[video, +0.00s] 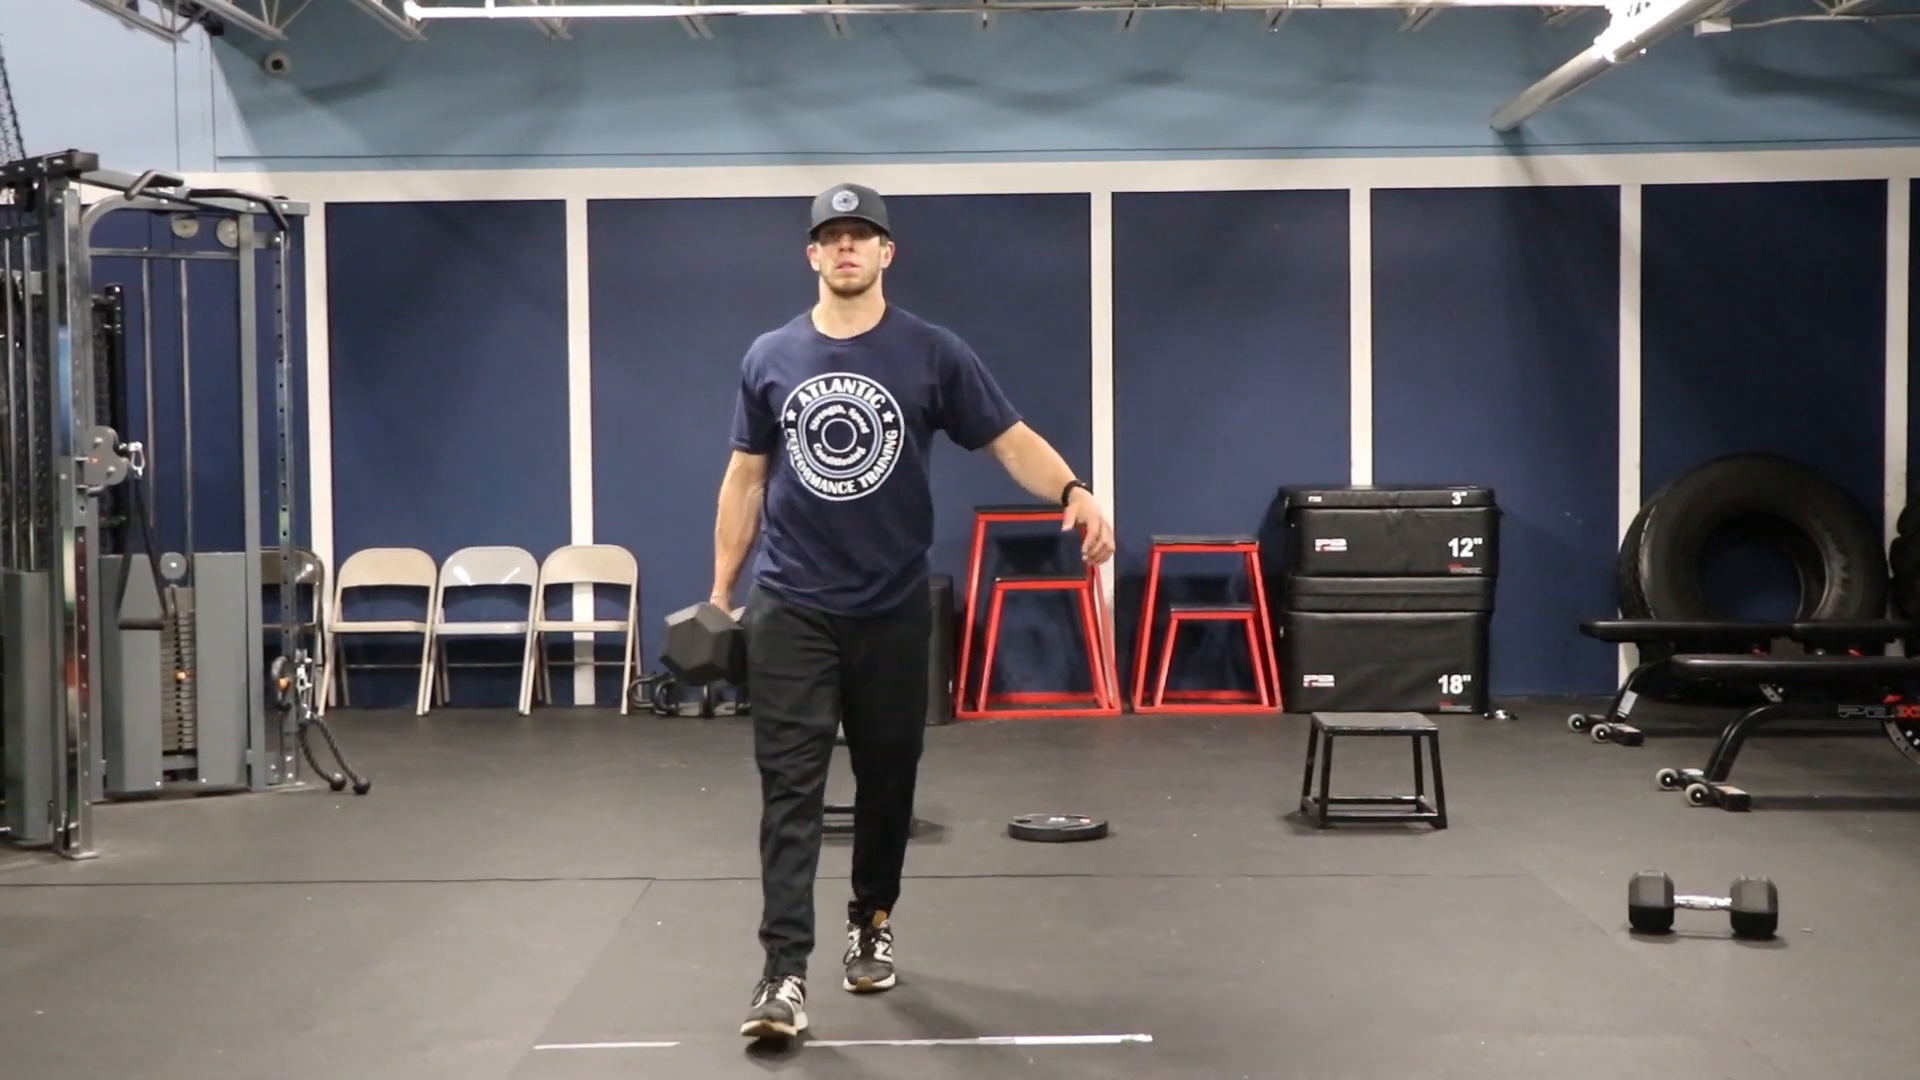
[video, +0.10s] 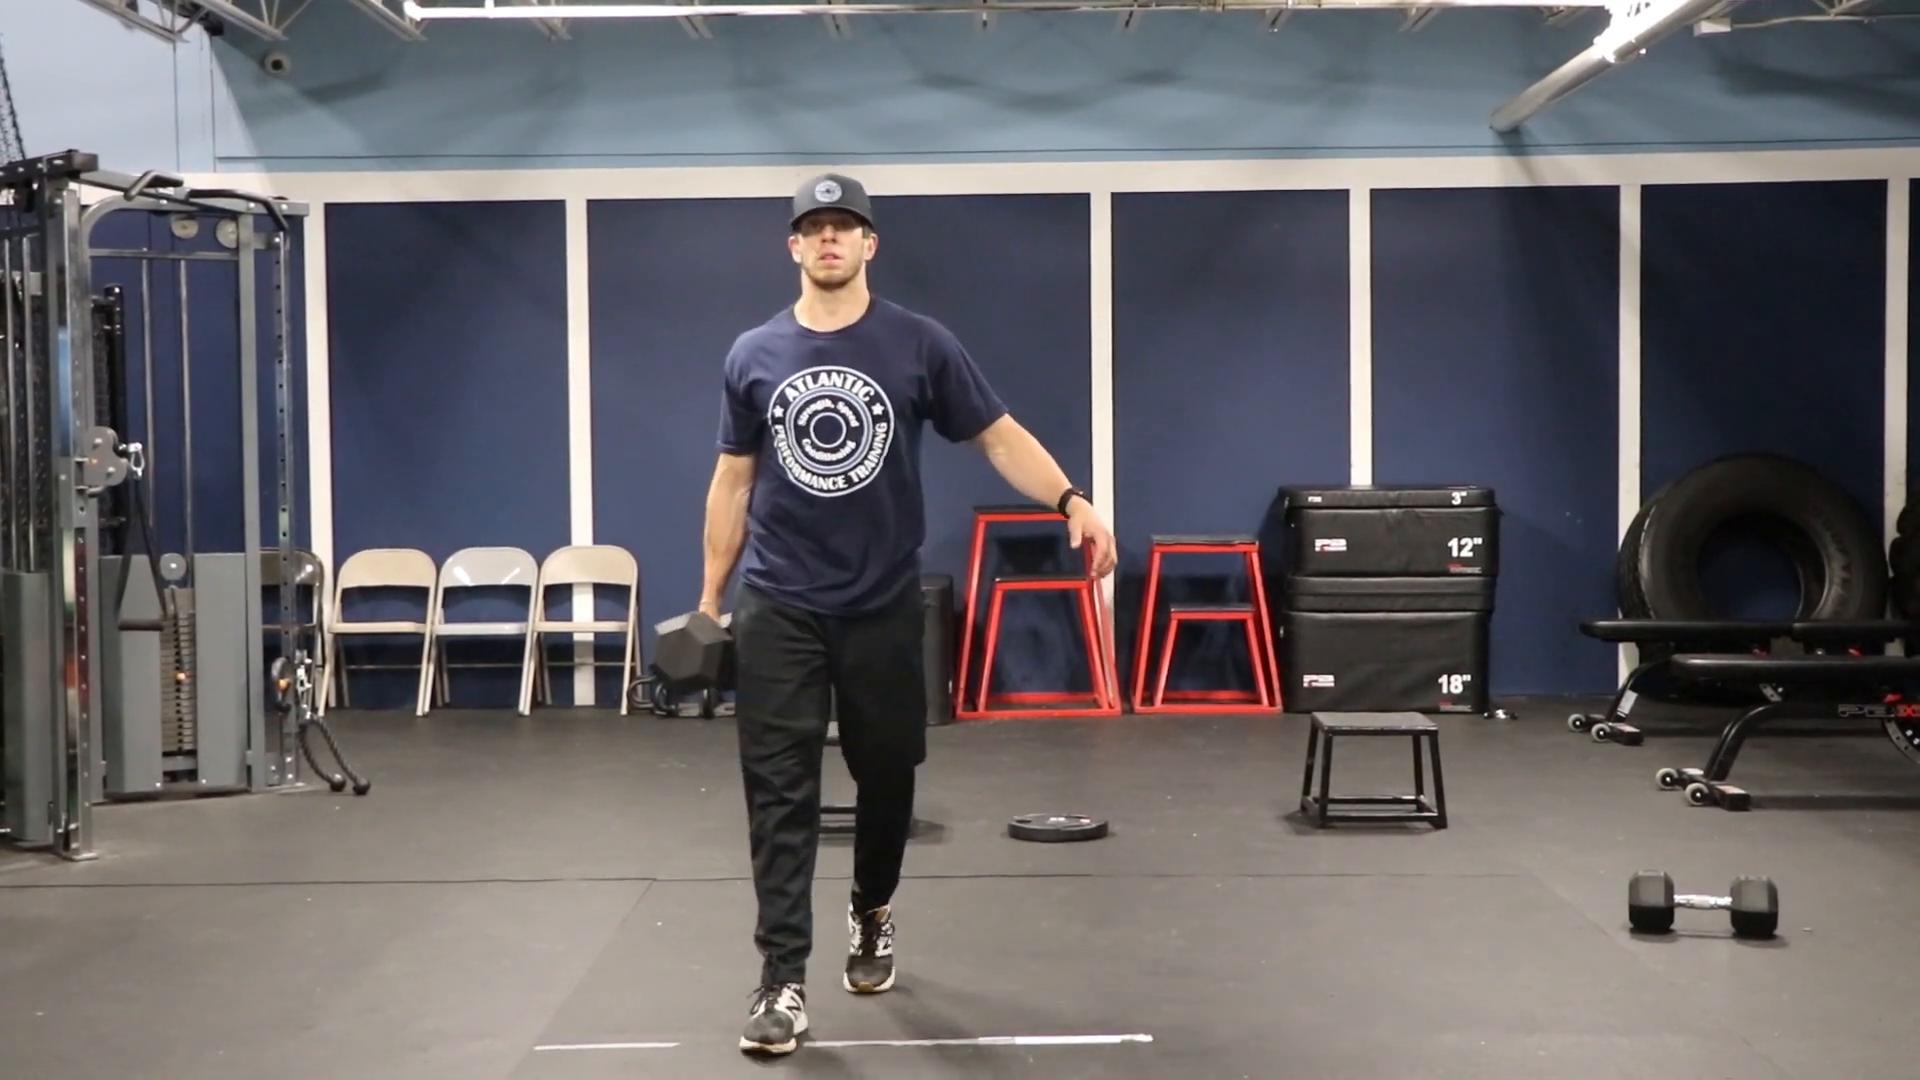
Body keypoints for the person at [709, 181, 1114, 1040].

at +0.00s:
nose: (845, 249)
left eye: (860, 236)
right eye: (831, 237)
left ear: (887, 250)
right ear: (811, 252)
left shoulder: (934, 353)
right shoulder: (772, 357)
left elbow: (1010, 437)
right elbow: (746, 476)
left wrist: (1077, 491)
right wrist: (722, 588)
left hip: (893, 601)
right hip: (791, 600)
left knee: (887, 778)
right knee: (790, 784)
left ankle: (874, 918)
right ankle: (784, 971)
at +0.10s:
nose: (828, 242)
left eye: (843, 229)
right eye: (813, 229)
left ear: (869, 243)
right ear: (793, 245)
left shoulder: (920, 343)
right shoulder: (755, 354)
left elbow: (998, 433)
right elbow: (734, 476)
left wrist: (1073, 500)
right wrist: (712, 596)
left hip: (883, 599)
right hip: (778, 599)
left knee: (889, 776)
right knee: (779, 787)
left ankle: (872, 910)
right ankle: (782, 977)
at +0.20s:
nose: (814, 234)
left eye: (829, 221)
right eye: (799, 221)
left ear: (857, 235)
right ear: (779, 237)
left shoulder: (910, 336)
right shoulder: (740, 349)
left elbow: (991, 433)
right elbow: (720, 478)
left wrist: (1074, 510)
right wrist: (699, 604)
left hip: (875, 599)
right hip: (767, 601)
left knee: (898, 768)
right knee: (771, 794)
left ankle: (869, 892)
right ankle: (780, 978)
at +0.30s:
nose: (808, 228)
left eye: (823, 214)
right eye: (793, 215)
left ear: (852, 229)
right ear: (772, 230)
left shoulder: (904, 332)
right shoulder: (731, 345)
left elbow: (984, 433)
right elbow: (709, 476)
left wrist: (1070, 516)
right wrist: (687, 604)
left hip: (871, 600)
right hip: (758, 606)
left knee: (892, 774)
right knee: (768, 798)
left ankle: (866, 926)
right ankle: (780, 978)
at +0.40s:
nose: (804, 225)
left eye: (821, 212)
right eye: (789, 212)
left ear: (848, 227)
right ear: (768, 228)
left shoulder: (901, 331)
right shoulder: (725, 342)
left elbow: (982, 436)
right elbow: (703, 475)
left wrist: (1069, 524)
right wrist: (677, 607)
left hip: (864, 598)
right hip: (753, 606)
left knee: (876, 787)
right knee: (767, 803)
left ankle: (860, 991)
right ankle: (778, 985)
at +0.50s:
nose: (804, 225)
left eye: (820, 211)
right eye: (788, 212)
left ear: (848, 227)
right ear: (767, 228)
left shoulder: (903, 335)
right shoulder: (723, 344)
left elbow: (984, 443)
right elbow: (699, 478)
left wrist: (1071, 533)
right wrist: (669, 608)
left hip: (857, 605)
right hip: (747, 611)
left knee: (853, 800)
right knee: (765, 805)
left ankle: (847, 1011)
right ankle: (777, 978)